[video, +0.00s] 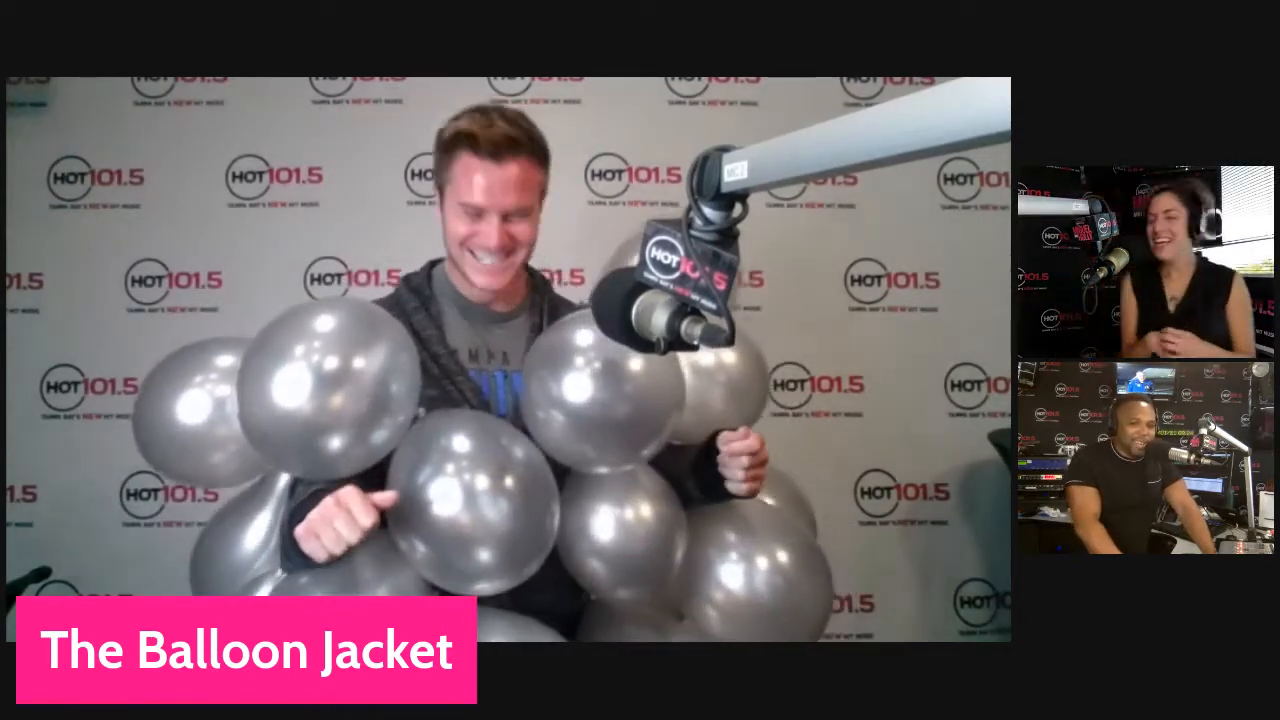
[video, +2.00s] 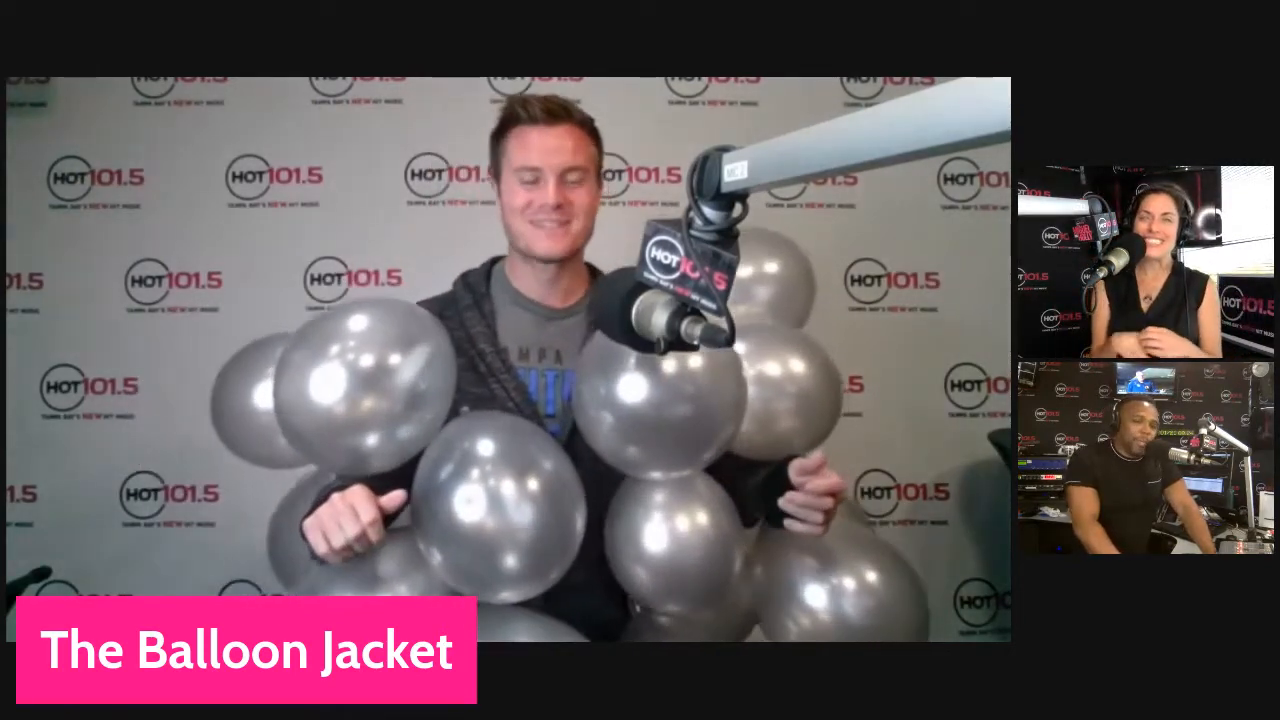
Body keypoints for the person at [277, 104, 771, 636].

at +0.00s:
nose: (494, 237)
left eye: (515, 215)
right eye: (473, 213)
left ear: (540, 214)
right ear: (440, 207)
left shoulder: (583, 334)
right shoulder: (379, 337)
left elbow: (637, 463)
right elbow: (317, 467)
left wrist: (714, 466)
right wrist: (319, 514)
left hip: (568, 608)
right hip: (423, 608)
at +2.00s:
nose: (552, 199)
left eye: (573, 178)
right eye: (528, 178)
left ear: (599, 191)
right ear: (497, 190)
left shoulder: (654, 320)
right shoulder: (432, 331)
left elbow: (711, 460)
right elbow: (369, 449)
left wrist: (783, 490)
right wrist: (337, 502)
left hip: (637, 622)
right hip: (488, 617)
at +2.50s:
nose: (543, 201)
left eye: (563, 178)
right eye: (517, 180)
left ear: (588, 189)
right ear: (485, 191)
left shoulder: (641, 321)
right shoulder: (420, 330)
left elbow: (693, 465)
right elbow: (363, 452)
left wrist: (770, 493)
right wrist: (332, 506)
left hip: (626, 625)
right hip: (475, 623)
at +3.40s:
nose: (551, 199)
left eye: (571, 180)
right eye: (529, 182)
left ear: (598, 194)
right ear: (499, 196)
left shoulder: (653, 317)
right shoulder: (444, 333)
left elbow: (705, 456)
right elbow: (394, 449)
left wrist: (782, 487)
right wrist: (356, 499)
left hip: (638, 611)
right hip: (490, 611)